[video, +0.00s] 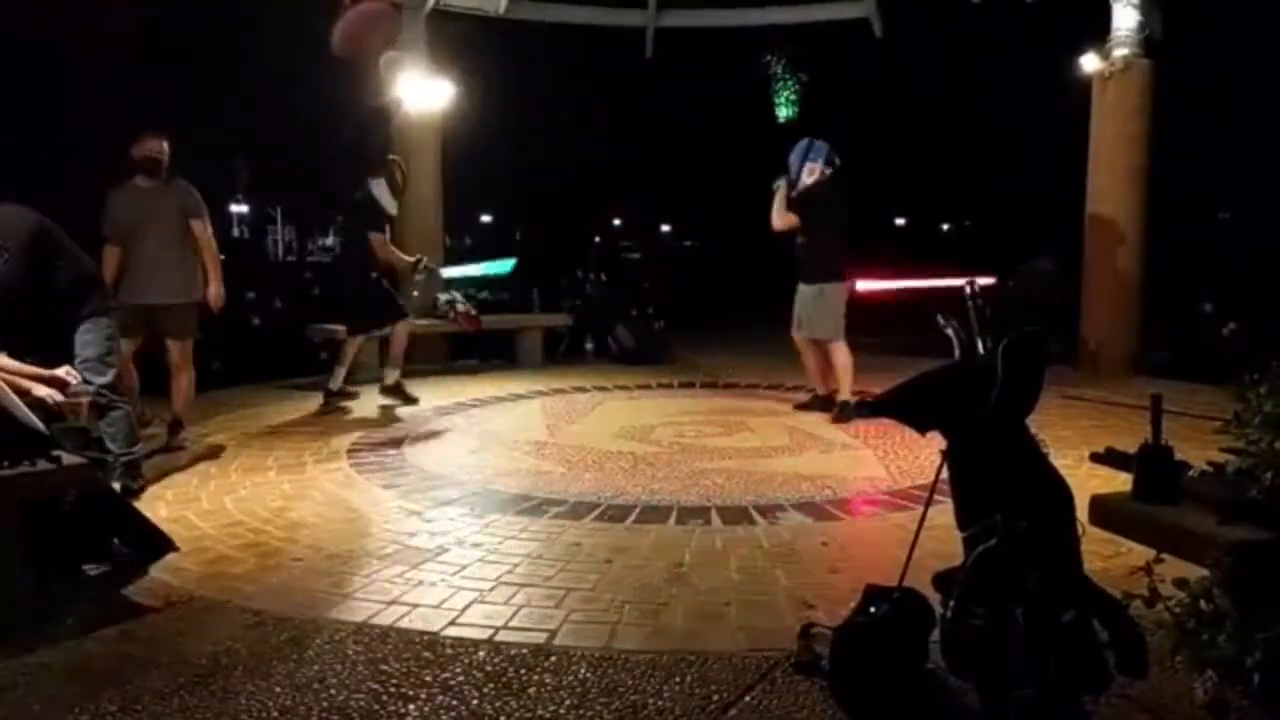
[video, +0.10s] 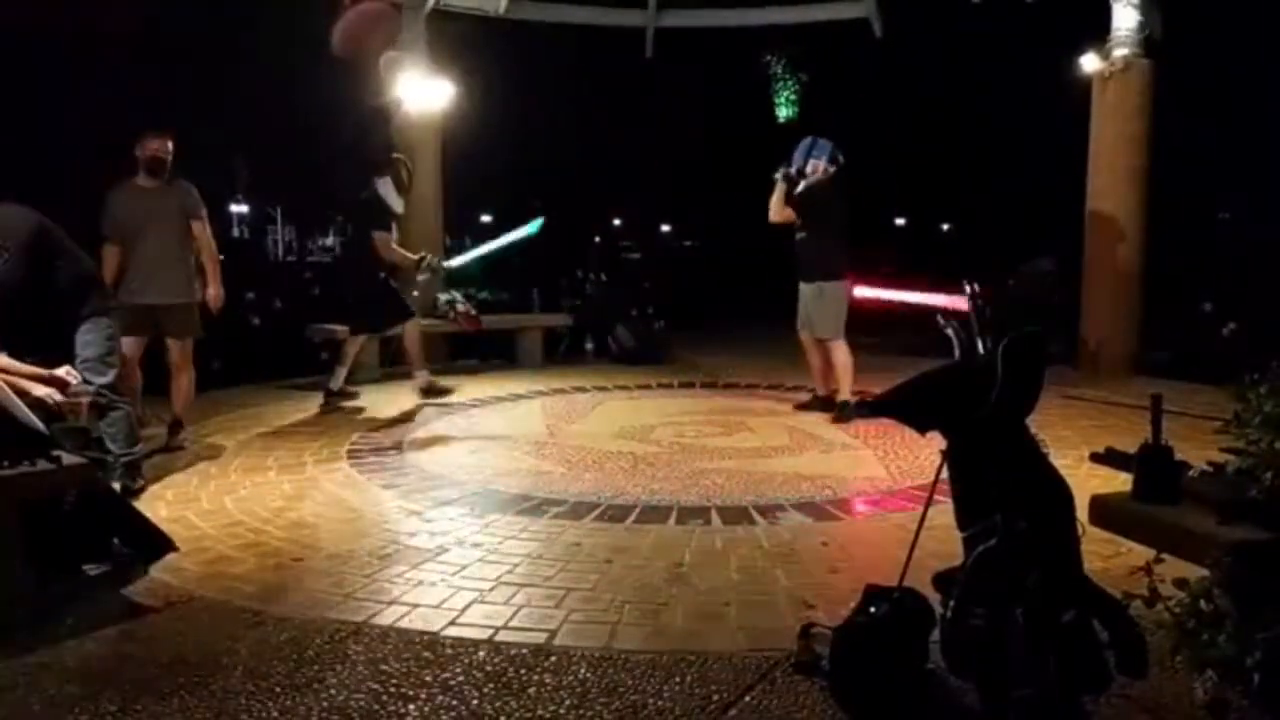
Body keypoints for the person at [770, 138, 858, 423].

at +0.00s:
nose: (800, 174)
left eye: (803, 169)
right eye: (800, 169)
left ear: (815, 167)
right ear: (817, 167)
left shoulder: (825, 194)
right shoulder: (813, 193)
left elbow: (780, 222)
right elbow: (786, 219)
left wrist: (781, 191)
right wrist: (789, 193)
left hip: (829, 278)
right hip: (810, 278)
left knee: (833, 338)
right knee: (801, 334)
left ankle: (845, 398)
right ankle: (821, 393)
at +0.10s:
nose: (807, 170)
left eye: (810, 165)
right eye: (806, 165)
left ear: (821, 164)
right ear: (813, 165)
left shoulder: (826, 191)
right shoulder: (812, 191)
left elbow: (777, 215)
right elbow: (784, 215)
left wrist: (781, 182)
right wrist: (787, 184)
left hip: (830, 277)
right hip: (809, 278)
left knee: (833, 337)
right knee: (807, 334)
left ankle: (845, 398)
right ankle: (822, 393)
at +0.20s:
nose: (814, 170)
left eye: (818, 165)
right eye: (811, 165)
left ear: (827, 166)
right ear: (810, 166)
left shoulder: (829, 193)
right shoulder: (810, 193)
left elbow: (775, 208)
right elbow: (776, 209)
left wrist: (792, 179)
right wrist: (791, 181)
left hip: (830, 275)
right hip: (809, 275)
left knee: (832, 337)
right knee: (811, 336)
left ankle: (845, 398)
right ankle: (822, 394)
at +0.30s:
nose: (810, 170)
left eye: (813, 165)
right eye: (810, 164)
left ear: (820, 166)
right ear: (823, 165)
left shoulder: (829, 193)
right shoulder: (810, 194)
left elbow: (775, 205)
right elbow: (776, 207)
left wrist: (797, 179)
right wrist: (794, 180)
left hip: (830, 274)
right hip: (809, 275)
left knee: (832, 337)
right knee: (813, 336)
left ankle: (845, 399)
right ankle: (823, 394)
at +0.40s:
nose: (812, 169)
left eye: (815, 164)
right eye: (812, 163)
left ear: (818, 166)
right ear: (827, 165)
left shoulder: (829, 194)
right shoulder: (810, 194)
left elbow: (775, 203)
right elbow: (776, 205)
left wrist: (800, 178)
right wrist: (797, 179)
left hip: (830, 275)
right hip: (810, 275)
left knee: (831, 338)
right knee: (817, 338)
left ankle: (844, 398)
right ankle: (823, 394)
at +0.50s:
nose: (812, 170)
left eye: (816, 165)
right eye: (812, 164)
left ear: (819, 166)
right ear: (829, 164)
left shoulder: (831, 194)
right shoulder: (811, 195)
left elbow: (777, 202)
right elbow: (777, 204)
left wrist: (802, 178)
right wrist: (799, 179)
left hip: (831, 273)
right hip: (810, 274)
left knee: (832, 336)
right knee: (818, 337)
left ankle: (844, 397)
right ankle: (823, 393)